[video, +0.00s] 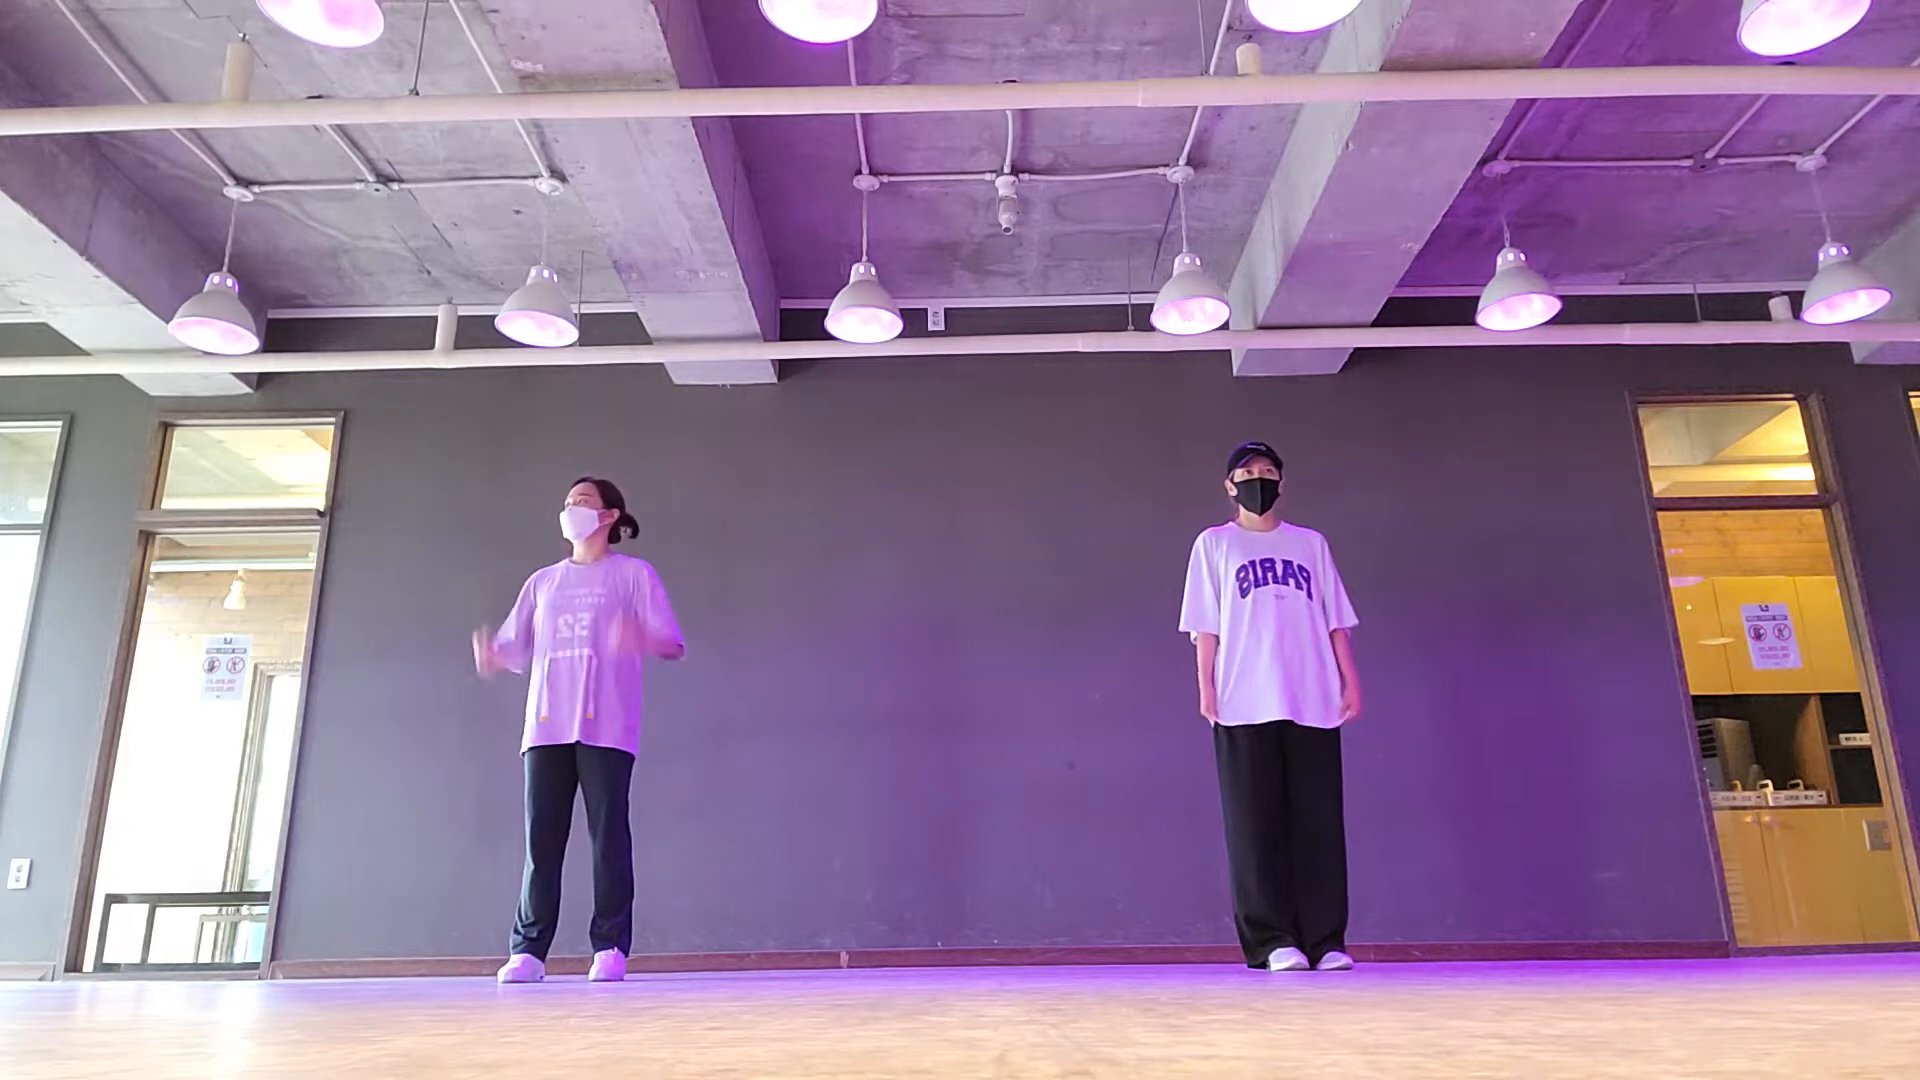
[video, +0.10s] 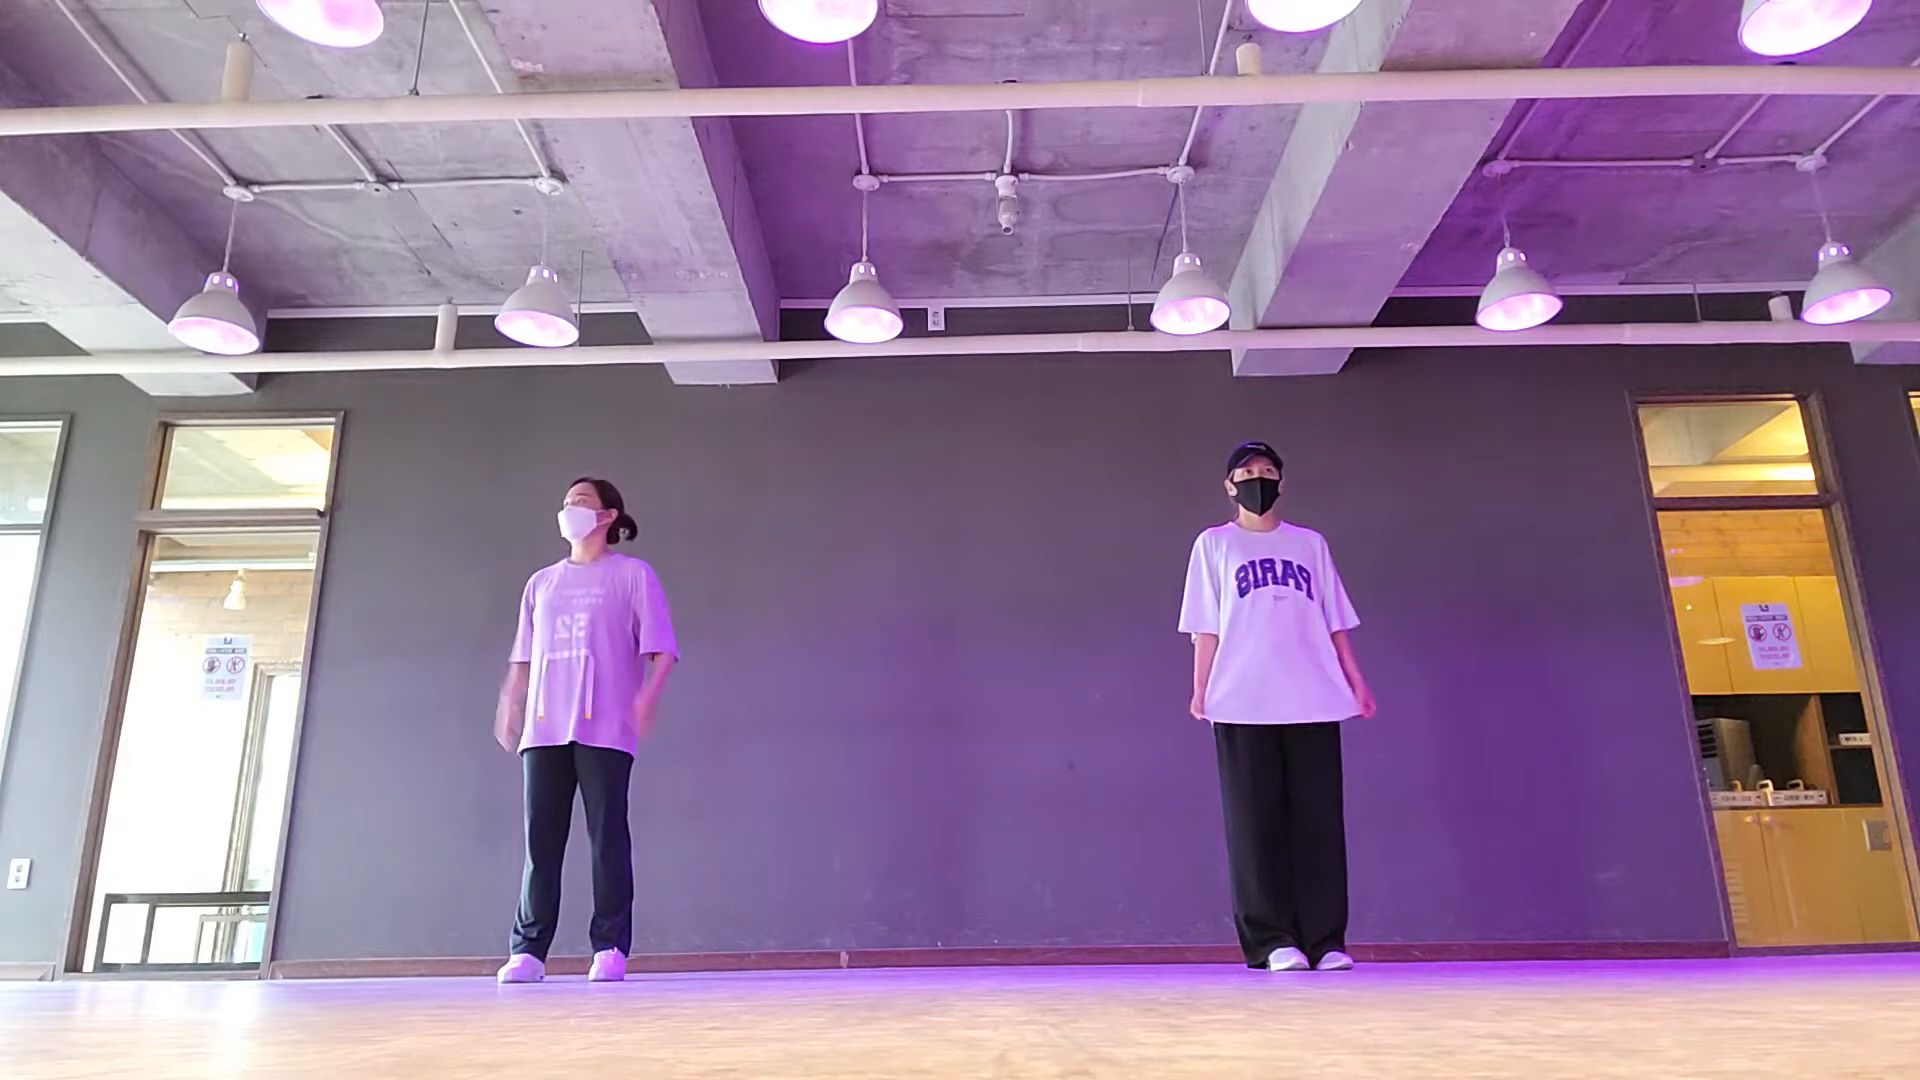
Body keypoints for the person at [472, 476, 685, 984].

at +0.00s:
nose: (573, 510)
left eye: (585, 503)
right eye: (569, 503)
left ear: (611, 518)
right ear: (561, 518)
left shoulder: (636, 576)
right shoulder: (540, 582)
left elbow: (674, 645)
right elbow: (518, 652)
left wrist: (639, 636)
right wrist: (494, 655)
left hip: (607, 725)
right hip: (546, 725)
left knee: (608, 840)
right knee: (541, 841)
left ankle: (610, 949)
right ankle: (527, 952)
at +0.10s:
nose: (572, 508)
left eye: (584, 502)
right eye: (568, 502)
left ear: (609, 518)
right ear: (561, 518)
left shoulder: (634, 575)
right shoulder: (540, 582)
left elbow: (664, 651)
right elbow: (522, 656)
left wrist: (645, 701)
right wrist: (510, 704)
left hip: (605, 724)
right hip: (544, 724)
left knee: (607, 839)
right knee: (540, 841)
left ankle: (610, 948)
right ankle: (528, 951)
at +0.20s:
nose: (571, 505)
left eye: (583, 499)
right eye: (567, 499)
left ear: (607, 517)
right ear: (559, 517)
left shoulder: (632, 573)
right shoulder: (539, 581)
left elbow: (663, 646)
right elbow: (534, 656)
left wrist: (661, 703)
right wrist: (526, 715)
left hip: (605, 722)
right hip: (543, 722)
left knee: (606, 837)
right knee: (539, 838)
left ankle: (610, 948)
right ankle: (528, 951)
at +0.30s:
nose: (568, 504)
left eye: (581, 498)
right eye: (565, 498)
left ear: (606, 516)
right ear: (557, 516)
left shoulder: (632, 573)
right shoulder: (539, 580)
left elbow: (663, 645)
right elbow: (535, 654)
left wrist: (663, 701)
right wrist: (528, 711)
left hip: (605, 722)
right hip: (544, 722)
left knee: (605, 837)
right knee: (539, 839)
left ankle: (610, 948)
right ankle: (527, 951)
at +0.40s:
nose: (565, 507)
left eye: (578, 500)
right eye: (563, 500)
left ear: (604, 515)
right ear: (556, 516)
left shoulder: (631, 572)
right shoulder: (538, 579)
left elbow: (663, 645)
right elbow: (531, 655)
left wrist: (658, 701)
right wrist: (527, 708)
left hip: (605, 722)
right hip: (544, 723)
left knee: (606, 837)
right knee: (539, 839)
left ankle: (610, 948)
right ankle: (527, 950)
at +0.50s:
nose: (564, 508)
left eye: (576, 501)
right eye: (562, 501)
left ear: (603, 515)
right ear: (555, 516)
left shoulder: (631, 572)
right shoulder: (538, 579)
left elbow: (663, 643)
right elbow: (530, 656)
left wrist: (658, 700)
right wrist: (525, 713)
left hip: (605, 722)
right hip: (544, 723)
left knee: (606, 837)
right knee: (539, 839)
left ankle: (610, 948)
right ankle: (527, 950)